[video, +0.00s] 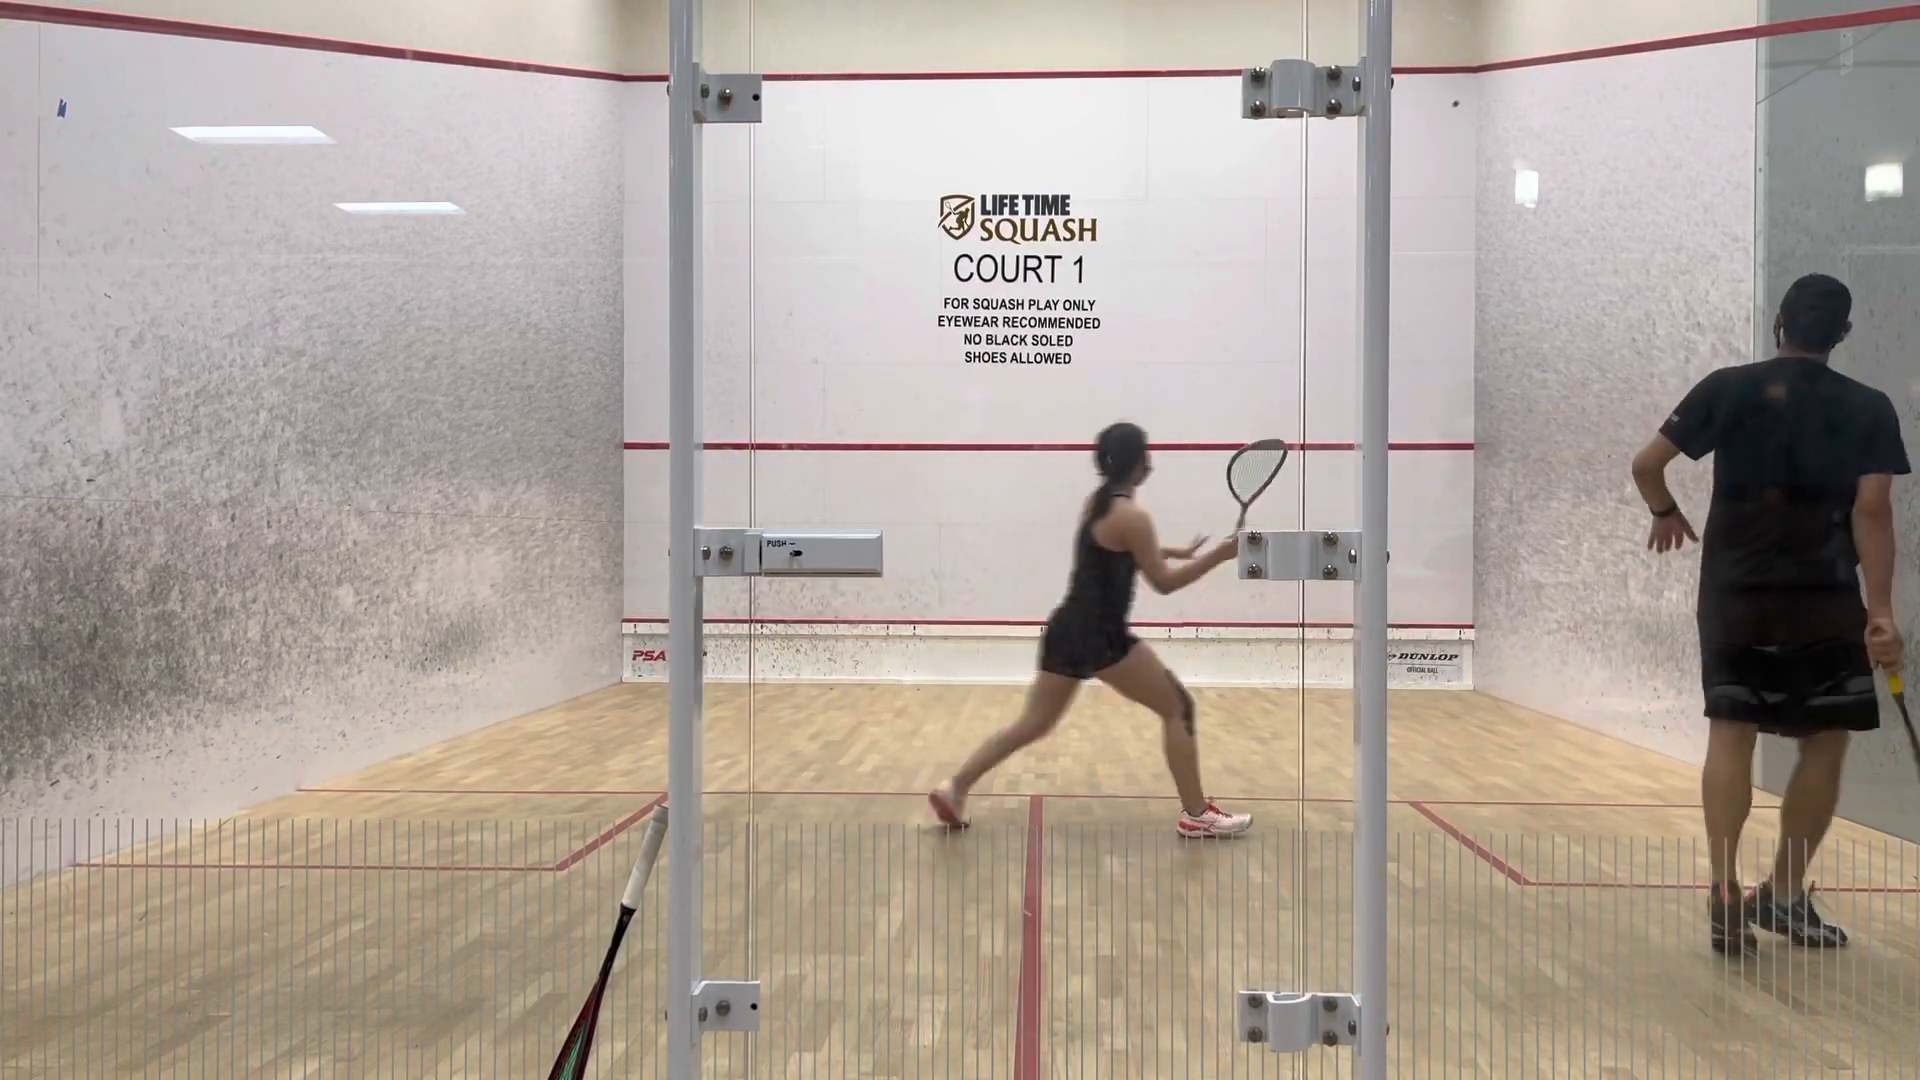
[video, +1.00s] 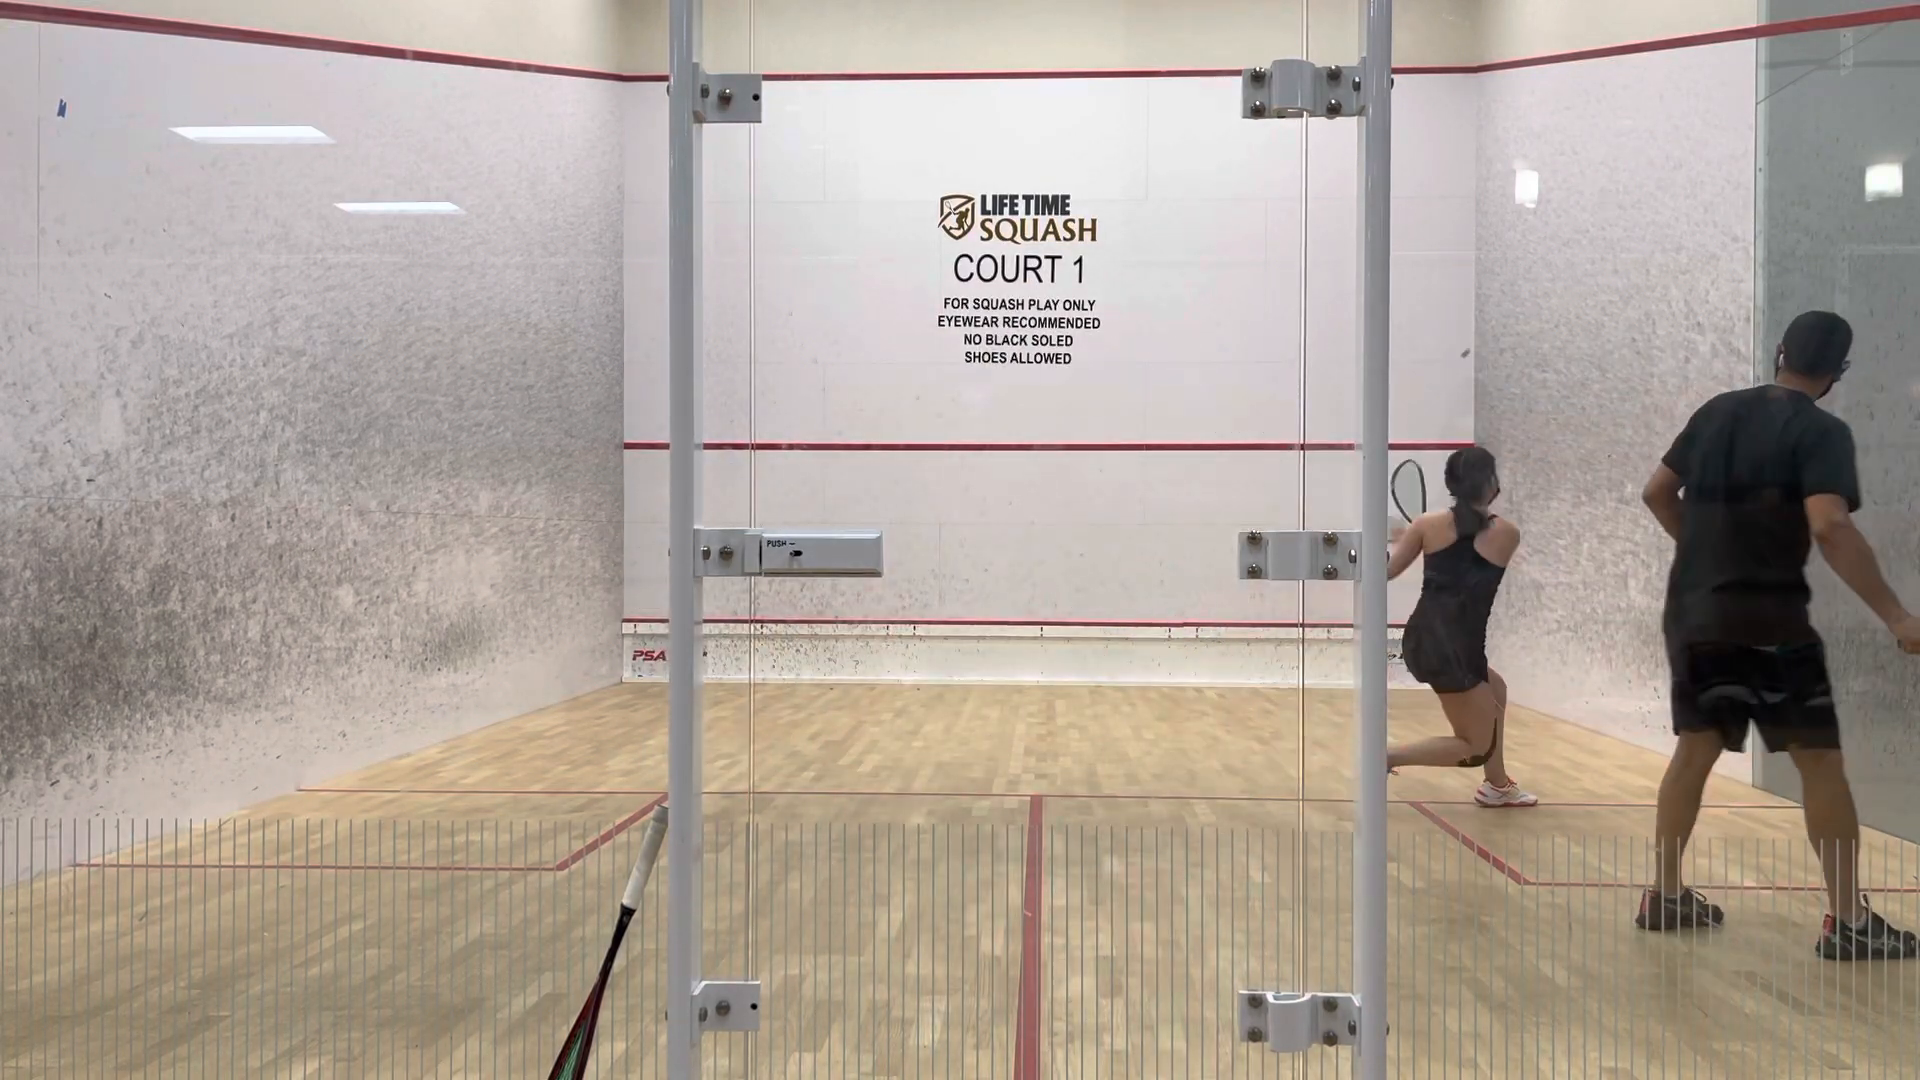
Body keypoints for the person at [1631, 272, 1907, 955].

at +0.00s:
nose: (1817, 336)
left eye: (1797, 320)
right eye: (1838, 329)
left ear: (1780, 325)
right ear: (1843, 334)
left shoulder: (1727, 387)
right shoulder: (1868, 407)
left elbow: (1646, 463)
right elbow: (1872, 509)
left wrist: (1664, 508)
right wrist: (1880, 611)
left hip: (1731, 607)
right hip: (1822, 612)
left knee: (1730, 736)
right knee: (1824, 745)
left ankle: (1723, 893)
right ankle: (1787, 893)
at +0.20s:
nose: (1829, 353)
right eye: (1842, 346)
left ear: (1781, 343)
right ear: (1842, 354)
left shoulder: (1726, 405)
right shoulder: (1858, 419)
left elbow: (1664, 493)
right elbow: (1862, 497)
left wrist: (1696, 546)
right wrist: (1880, 589)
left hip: (1731, 612)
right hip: (1819, 611)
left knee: (1730, 753)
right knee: (1887, 730)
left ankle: (1728, 915)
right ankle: (1839, 879)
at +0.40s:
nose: (1853, 346)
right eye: (1863, 339)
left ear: (1801, 333)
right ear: (1861, 345)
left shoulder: (1746, 397)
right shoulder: (1879, 411)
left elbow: (1696, 489)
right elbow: (1884, 504)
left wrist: (1742, 540)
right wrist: (1910, 606)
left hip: (1757, 619)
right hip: (1845, 621)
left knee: (1747, 750)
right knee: (1856, 761)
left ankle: (1728, 897)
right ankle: (1853, 919)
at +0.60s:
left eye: (1828, 335)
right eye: (1878, 347)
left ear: (1820, 339)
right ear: (1882, 353)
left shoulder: (1758, 399)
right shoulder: (1893, 419)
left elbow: (1704, 490)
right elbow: (1906, 524)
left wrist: (1750, 544)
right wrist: (1916, 578)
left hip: (1762, 611)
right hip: (1851, 614)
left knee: (1753, 731)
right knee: (1859, 761)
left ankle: (1710, 852)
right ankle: (1853, 920)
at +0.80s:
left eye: (1814, 343)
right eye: (1865, 355)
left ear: (1807, 344)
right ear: (1869, 358)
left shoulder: (1746, 400)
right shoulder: (1871, 421)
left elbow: (1687, 486)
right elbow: (1886, 527)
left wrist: (1725, 546)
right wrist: (1919, 613)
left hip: (1742, 612)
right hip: (1828, 616)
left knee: (1726, 738)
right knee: (1849, 759)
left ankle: (1672, 880)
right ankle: (1852, 920)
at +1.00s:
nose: (1835, 377)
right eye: (1840, 370)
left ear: (1779, 358)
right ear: (1836, 374)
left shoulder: (1720, 409)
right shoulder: (1821, 428)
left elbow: (1657, 492)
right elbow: (1829, 524)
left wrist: (1699, 544)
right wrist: (1897, 616)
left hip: (1696, 619)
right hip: (1773, 622)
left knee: (1696, 744)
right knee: (1820, 761)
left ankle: (1664, 893)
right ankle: (1848, 917)